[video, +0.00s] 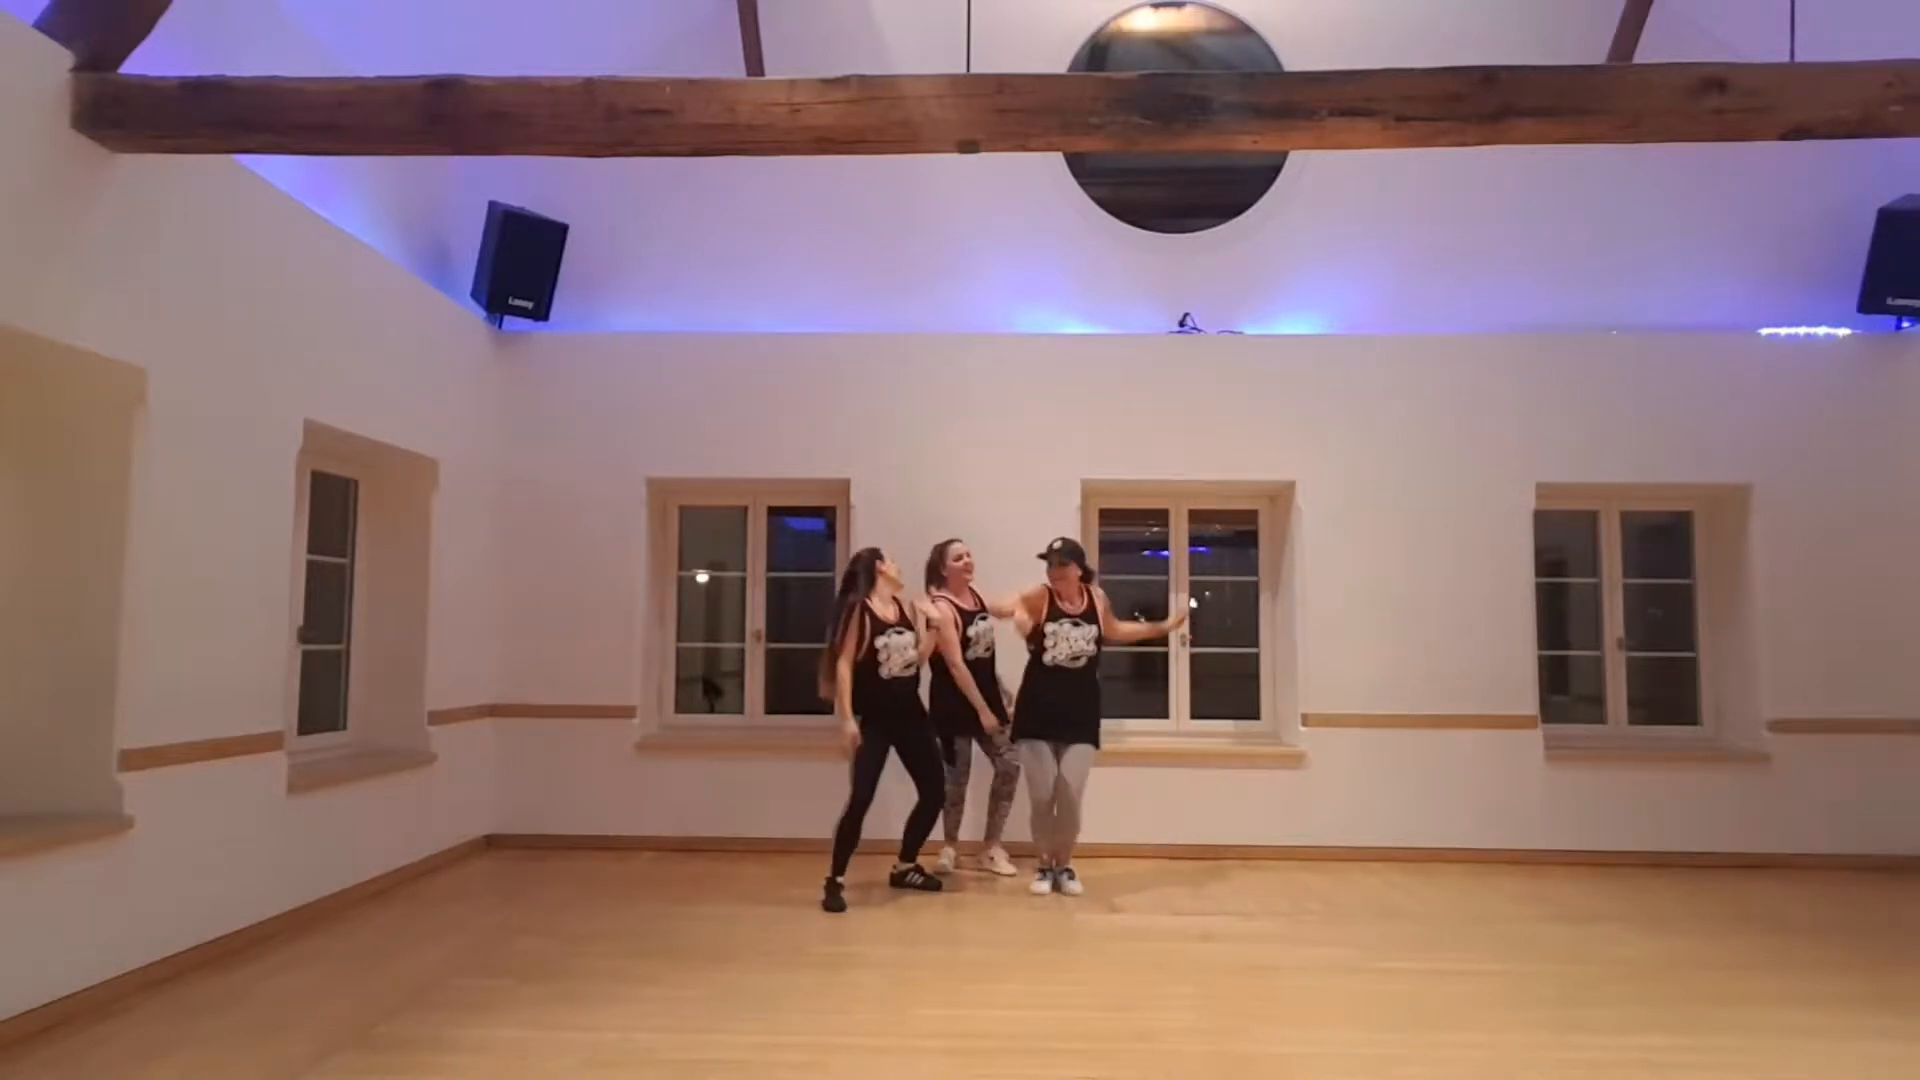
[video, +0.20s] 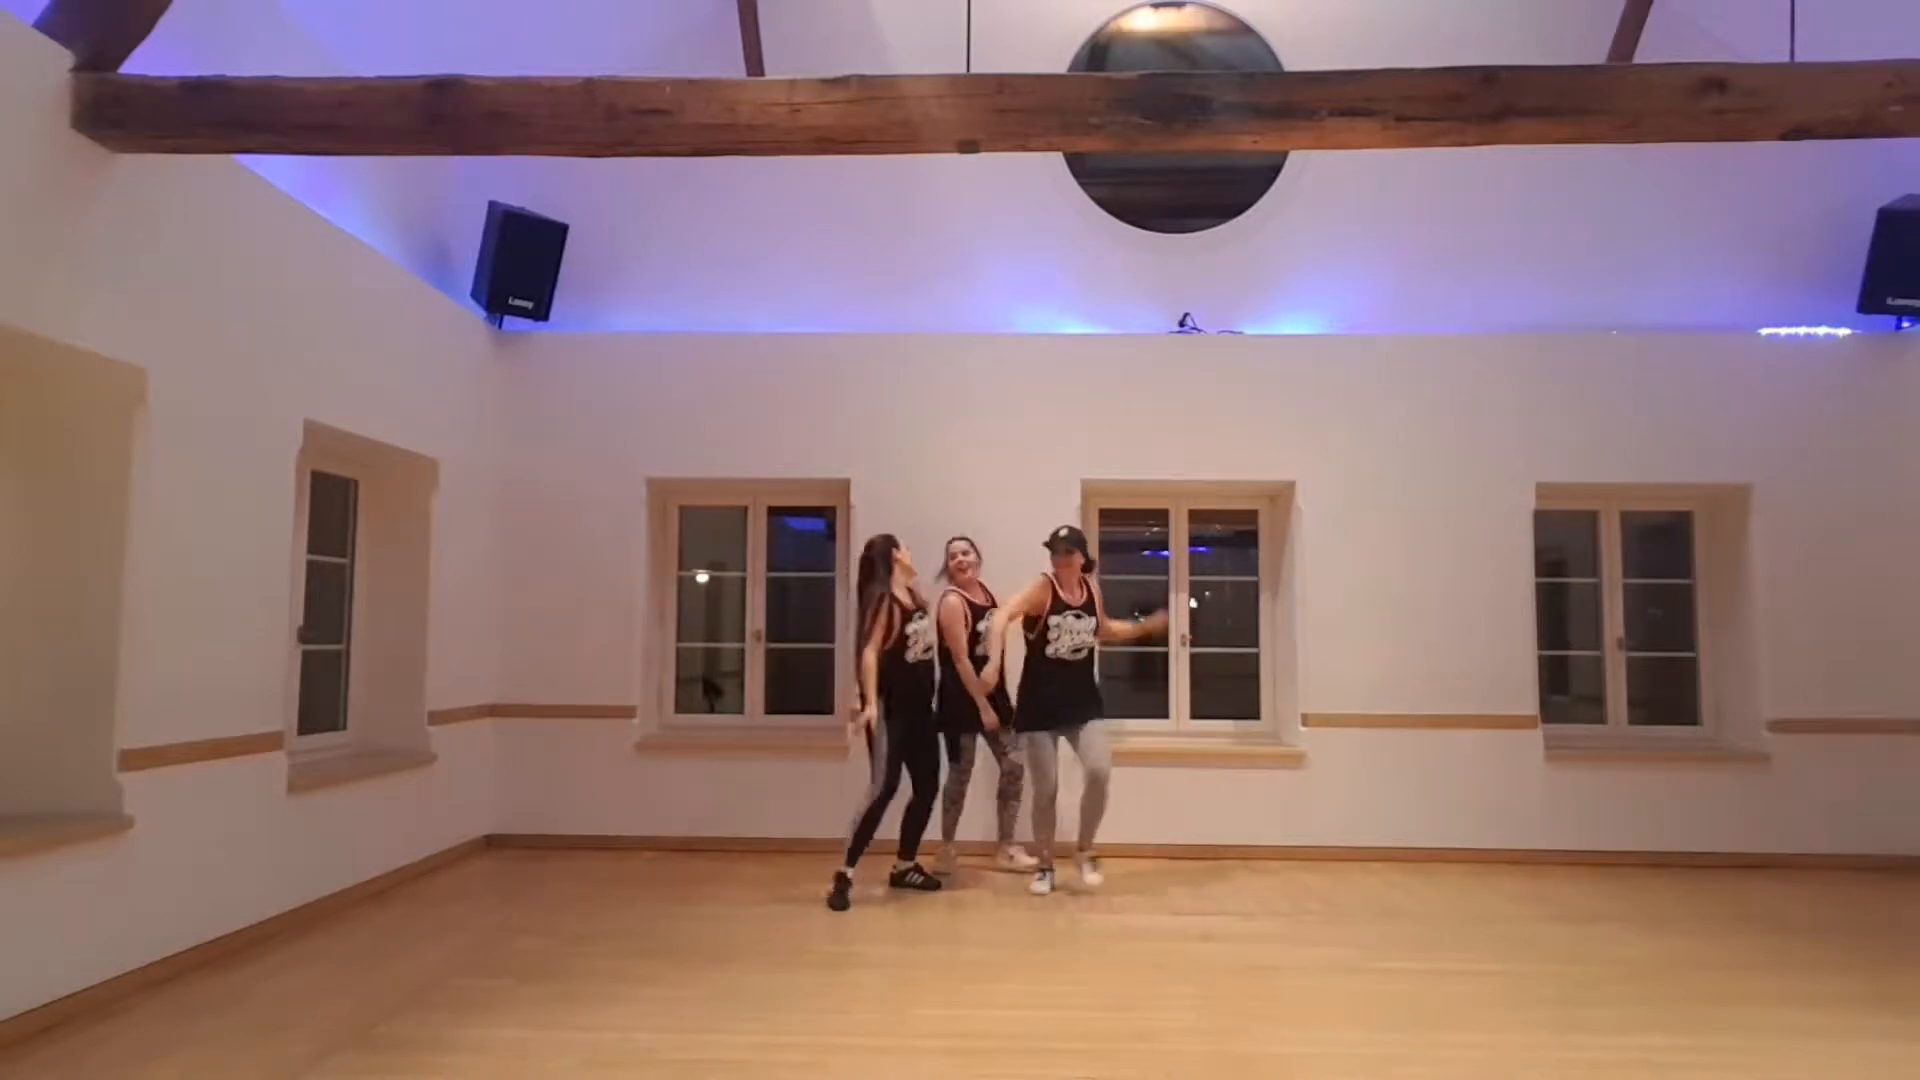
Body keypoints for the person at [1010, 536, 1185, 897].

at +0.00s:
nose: (1053, 573)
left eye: (1061, 567)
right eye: (1050, 567)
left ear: (1079, 568)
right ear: (1046, 568)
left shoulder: (1096, 597)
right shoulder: (1039, 597)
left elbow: (1112, 632)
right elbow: (1008, 611)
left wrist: (1163, 628)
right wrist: (1019, 616)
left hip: (1081, 712)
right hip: (1037, 711)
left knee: (1070, 792)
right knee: (1041, 796)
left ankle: (1063, 866)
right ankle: (1045, 867)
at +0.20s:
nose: (1060, 559)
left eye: (1067, 552)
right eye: (1056, 553)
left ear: (1082, 556)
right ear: (1049, 556)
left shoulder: (1090, 587)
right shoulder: (1041, 588)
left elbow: (1103, 630)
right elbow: (1002, 618)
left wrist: (1146, 626)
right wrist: (994, 662)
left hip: (1081, 701)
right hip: (1039, 703)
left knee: (1099, 771)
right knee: (1046, 788)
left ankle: (1084, 853)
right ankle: (1045, 867)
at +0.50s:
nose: (1056, 559)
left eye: (1064, 553)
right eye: (1054, 553)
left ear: (1082, 556)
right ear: (1052, 557)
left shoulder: (1103, 587)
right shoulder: (1039, 595)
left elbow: (1151, 593)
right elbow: (1021, 647)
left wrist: (1145, 549)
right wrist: (1016, 703)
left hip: (1102, 700)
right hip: (1052, 704)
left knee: (1129, 784)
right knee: (1049, 789)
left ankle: (1138, 865)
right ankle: (1044, 866)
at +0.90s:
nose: (1079, 561)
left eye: (1086, 555)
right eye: (1078, 555)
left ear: (1106, 556)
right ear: (1078, 558)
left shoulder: (1133, 582)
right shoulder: (1074, 595)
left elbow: (1174, 584)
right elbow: (1064, 648)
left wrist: (1138, 548)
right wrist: (1051, 693)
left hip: (1131, 698)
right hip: (1085, 699)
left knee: (1135, 784)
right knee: (1079, 774)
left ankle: (1138, 866)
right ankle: (1108, 854)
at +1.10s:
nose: (1091, 564)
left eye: (1098, 558)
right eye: (1088, 558)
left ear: (1117, 561)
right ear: (1084, 560)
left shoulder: (1135, 593)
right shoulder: (1077, 595)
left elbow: (1142, 600)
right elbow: (1065, 646)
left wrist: (1116, 559)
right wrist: (1046, 688)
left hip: (1134, 705)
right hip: (1087, 704)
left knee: (1140, 791)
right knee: (1076, 775)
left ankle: (1140, 865)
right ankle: (1092, 858)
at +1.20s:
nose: (1085, 572)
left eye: (1093, 566)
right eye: (1085, 565)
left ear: (1111, 570)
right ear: (1084, 569)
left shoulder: (1133, 598)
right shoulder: (1072, 606)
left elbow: (1136, 637)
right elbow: (1060, 658)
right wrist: (1046, 700)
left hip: (1132, 711)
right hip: (1083, 710)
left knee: (1145, 795)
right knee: (1065, 784)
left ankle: (1139, 866)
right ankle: (1056, 862)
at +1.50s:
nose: (1069, 556)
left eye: (1077, 551)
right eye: (1068, 550)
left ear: (1095, 555)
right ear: (1065, 554)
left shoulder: (1114, 594)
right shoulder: (1049, 587)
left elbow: (1133, 637)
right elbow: (1031, 635)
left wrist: (1163, 672)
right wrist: (1018, 679)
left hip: (1101, 697)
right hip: (1052, 698)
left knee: (1111, 780)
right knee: (1045, 783)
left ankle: (1118, 860)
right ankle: (1042, 863)